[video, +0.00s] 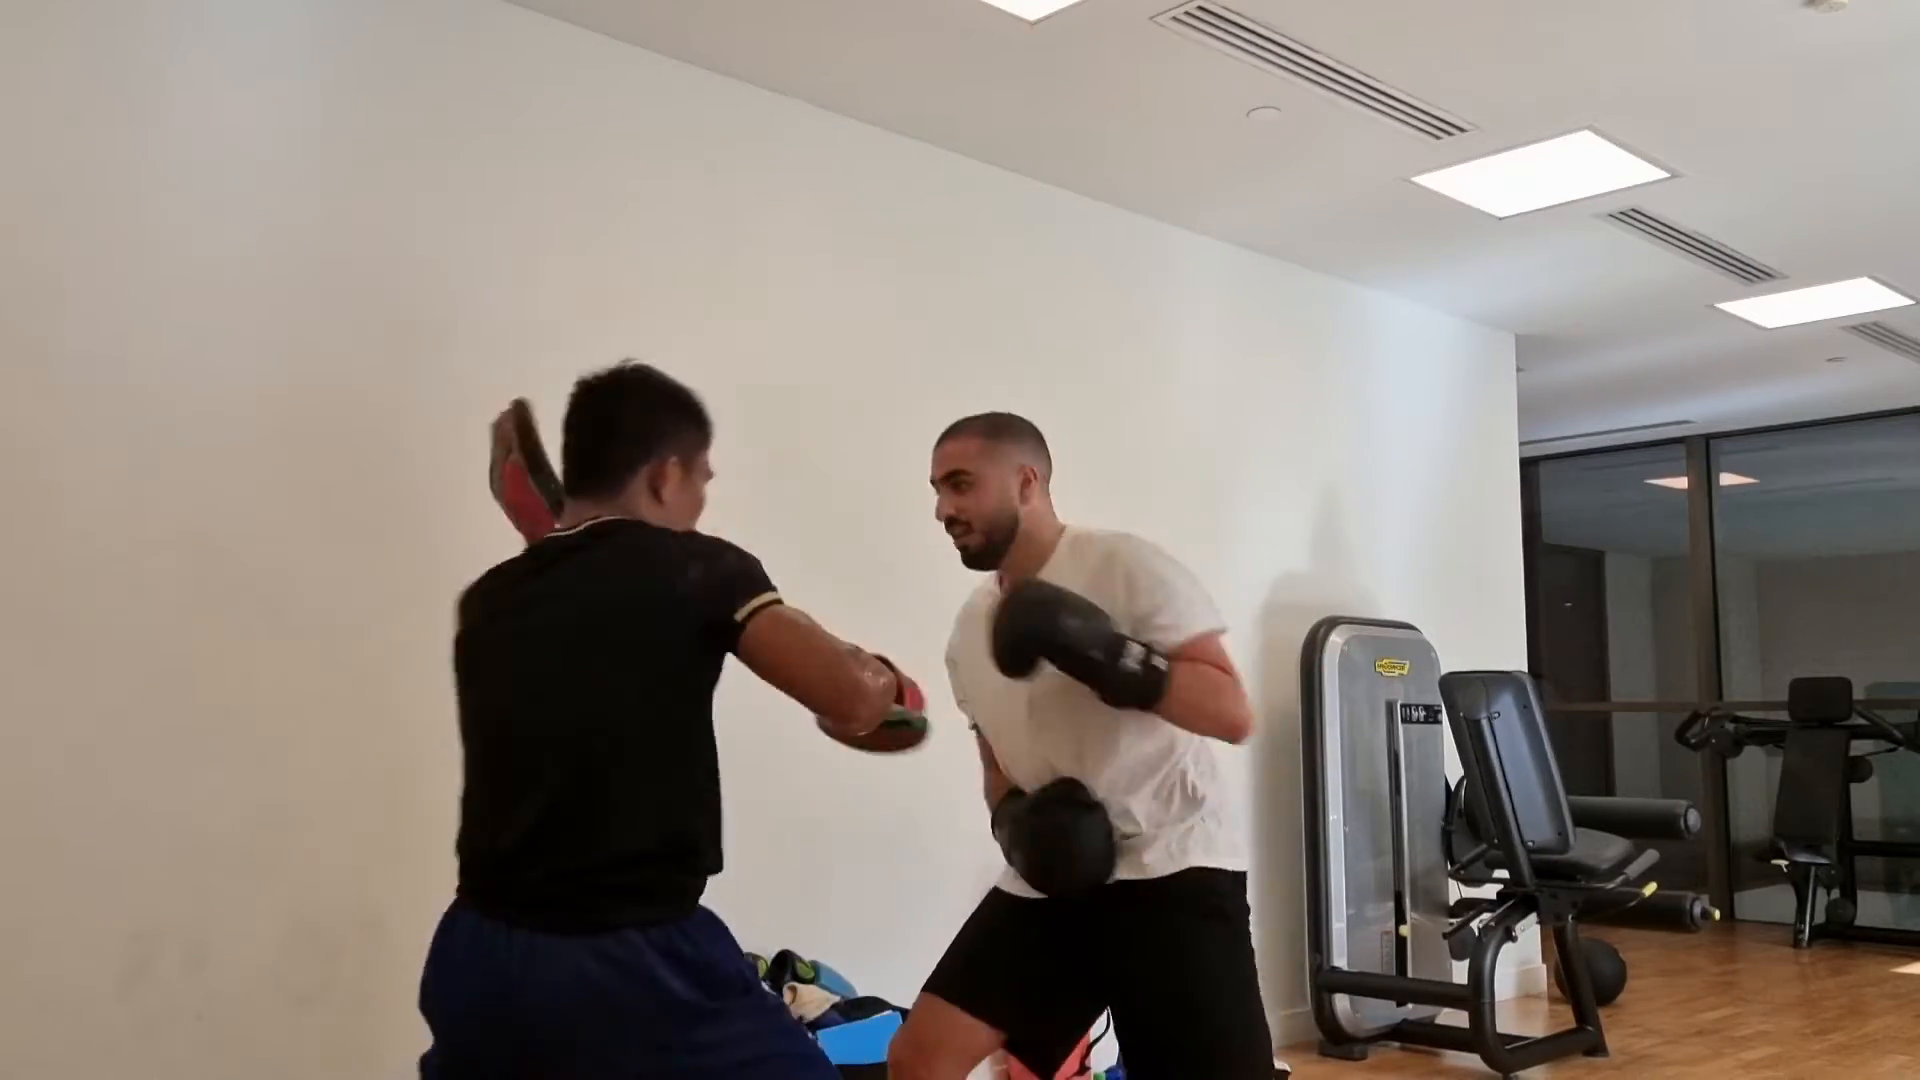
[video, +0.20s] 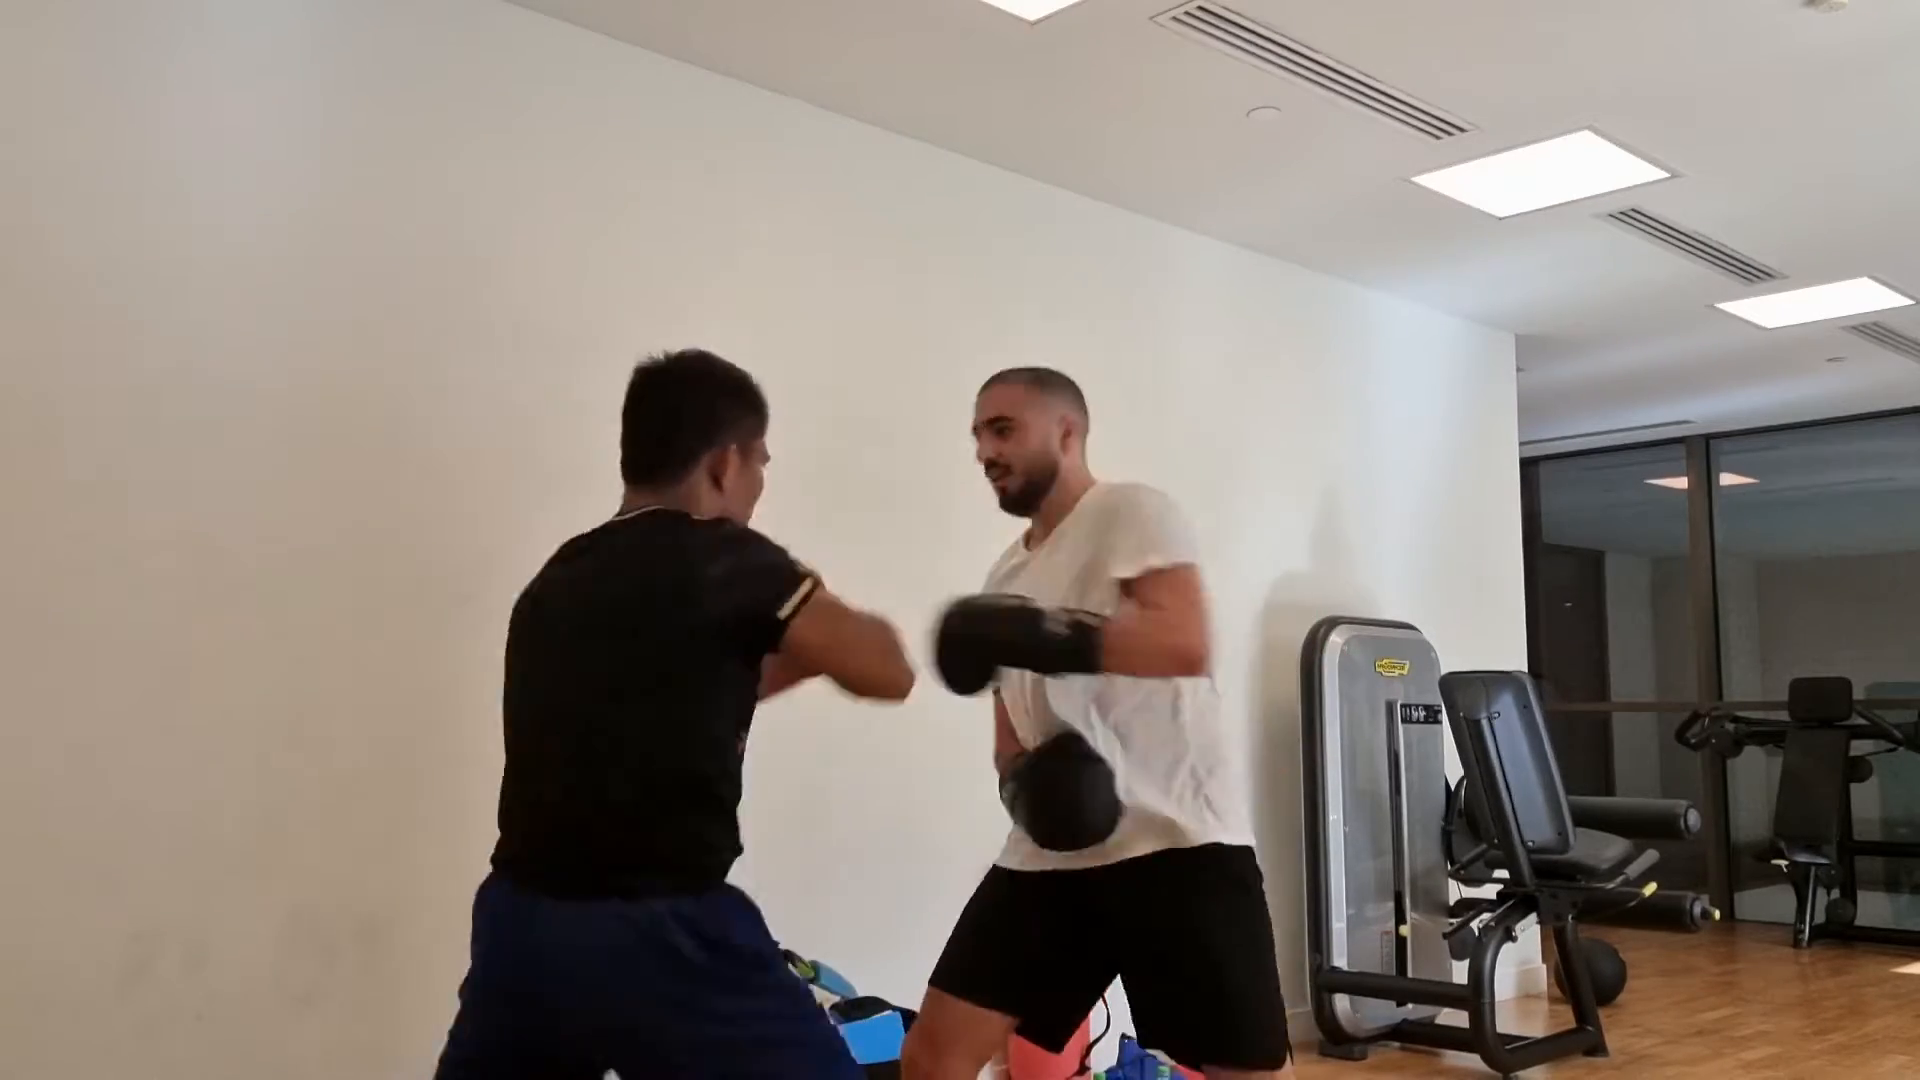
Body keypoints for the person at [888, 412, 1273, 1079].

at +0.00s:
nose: (943, 509)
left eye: (960, 483)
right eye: (938, 490)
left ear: (1028, 481)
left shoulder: (1132, 568)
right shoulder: (971, 632)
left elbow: (1231, 712)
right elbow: (999, 770)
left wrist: (1108, 655)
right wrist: (1021, 827)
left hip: (1173, 883)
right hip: (1048, 889)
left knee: (1223, 1070)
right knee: (920, 1059)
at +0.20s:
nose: (985, 451)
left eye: (1002, 429)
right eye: (979, 436)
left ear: (1066, 432)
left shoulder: (1138, 512)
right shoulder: (1006, 578)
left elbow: (1187, 643)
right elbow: (1010, 737)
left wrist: (1051, 638)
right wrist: (1027, 785)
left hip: (1181, 855)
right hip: (1047, 863)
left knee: (1246, 1069)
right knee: (934, 1059)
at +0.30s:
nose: (1065, 422)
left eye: (1087, 400)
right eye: (1054, 408)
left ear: (1144, 415)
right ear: (1047, 428)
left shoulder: (1225, 538)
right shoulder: (1004, 554)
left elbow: (1315, 694)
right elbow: (982, 723)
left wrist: (1229, 690)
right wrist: (1067, 775)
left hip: (1203, 861)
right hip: (1048, 862)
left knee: (1278, 1070)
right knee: (941, 1066)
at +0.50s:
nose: (1088, 419)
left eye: (1112, 402)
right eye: (1079, 404)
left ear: (1168, 420)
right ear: (1067, 419)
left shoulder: (1235, 545)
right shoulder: (1020, 542)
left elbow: (1291, 718)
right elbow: (993, 717)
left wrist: (1190, 685)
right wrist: (1067, 783)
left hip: (1207, 860)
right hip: (1052, 867)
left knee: (1282, 1068)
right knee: (955, 1067)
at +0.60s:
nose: (1014, 426)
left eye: (1033, 404)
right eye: (1006, 411)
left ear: (1094, 413)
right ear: (1001, 427)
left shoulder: (1145, 514)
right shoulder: (1022, 534)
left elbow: (1216, 679)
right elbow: (1028, 683)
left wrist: (1069, 666)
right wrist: (1030, 769)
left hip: (1195, 850)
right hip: (1072, 845)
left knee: (1258, 1068)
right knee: (957, 1048)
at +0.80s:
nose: (982, 467)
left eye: (999, 444)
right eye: (976, 453)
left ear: (1062, 445)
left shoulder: (1096, 524)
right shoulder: (1067, 552)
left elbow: (1200, 678)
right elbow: (1138, 727)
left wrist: (1060, 695)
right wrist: (1032, 792)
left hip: (1186, 859)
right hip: (1077, 862)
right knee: (951, 1048)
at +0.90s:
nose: (1055, 435)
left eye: (1075, 413)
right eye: (1042, 426)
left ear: (1134, 418)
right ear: (1036, 447)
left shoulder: (1227, 530)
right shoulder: (1054, 556)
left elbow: (1317, 691)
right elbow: (1056, 676)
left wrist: (1200, 681)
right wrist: (960, 714)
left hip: (1201, 860)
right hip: (1057, 857)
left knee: (1264, 1069)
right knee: (954, 1065)